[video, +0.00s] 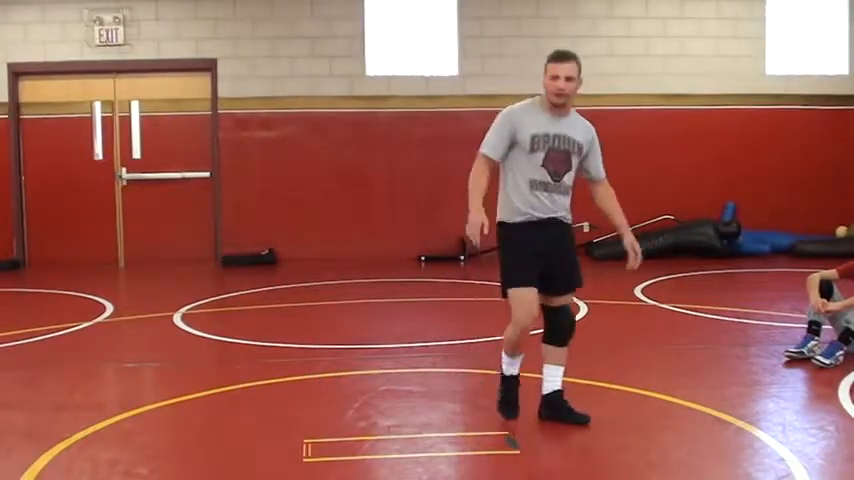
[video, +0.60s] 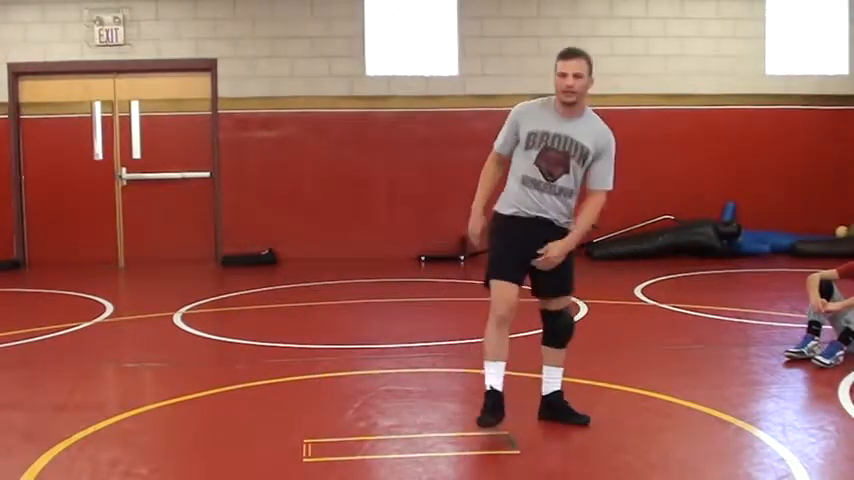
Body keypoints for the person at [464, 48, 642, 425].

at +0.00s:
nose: (561, 85)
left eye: (569, 79)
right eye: (554, 77)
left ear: (579, 85)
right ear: (543, 80)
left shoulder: (584, 131)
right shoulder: (514, 118)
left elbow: (600, 185)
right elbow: (483, 164)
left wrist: (625, 232)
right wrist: (475, 208)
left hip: (559, 229)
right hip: (516, 228)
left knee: (561, 320)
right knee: (524, 318)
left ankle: (552, 397)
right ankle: (510, 377)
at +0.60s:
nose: (569, 83)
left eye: (577, 76)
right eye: (562, 75)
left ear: (589, 82)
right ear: (554, 78)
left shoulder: (601, 137)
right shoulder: (523, 115)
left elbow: (596, 197)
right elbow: (496, 163)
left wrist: (568, 243)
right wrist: (477, 213)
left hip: (556, 230)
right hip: (510, 222)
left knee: (559, 320)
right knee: (502, 311)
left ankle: (551, 398)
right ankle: (493, 396)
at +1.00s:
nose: (522, 91)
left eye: (531, 84)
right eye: (518, 83)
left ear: (549, 86)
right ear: (511, 83)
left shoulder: (569, 134)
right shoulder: (487, 122)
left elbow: (576, 194)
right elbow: (462, 173)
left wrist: (560, 245)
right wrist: (450, 225)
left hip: (540, 237)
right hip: (488, 234)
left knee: (548, 323)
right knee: (472, 321)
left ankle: (550, 399)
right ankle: (455, 408)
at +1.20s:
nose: (474, 91)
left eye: (482, 84)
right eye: (469, 84)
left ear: (504, 85)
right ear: (465, 84)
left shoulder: (532, 127)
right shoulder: (450, 129)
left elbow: (552, 183)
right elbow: (433, 186)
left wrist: (562, 240)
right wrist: (436, 242)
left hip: (513, 240)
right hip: (463, 239)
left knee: (540, 323)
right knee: (455, 329)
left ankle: (547, 400)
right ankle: (450, 418)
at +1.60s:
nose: (415, 83)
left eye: (423, 75)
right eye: (414, 76)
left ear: (448, 78)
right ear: (419, 80)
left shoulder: (488, 118)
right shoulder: (405, 131)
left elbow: (511, 174)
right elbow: (402, 195)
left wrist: (524, 228)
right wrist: (423, 247)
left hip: (483, 234)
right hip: (435, 239)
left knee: (515, 323)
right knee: (440, 326)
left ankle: (518, 393)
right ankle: (448, 417)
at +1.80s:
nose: (407, 82)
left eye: (414, 74)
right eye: (404, 75)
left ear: (439, 76)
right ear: (404, 78)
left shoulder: (478, 118)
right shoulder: (396, 131)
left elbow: (501, 176)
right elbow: (386, 193)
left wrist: (513, 230)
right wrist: (391, 248)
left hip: (474, 234)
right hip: (424, 238)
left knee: (506, 329)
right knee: (438, 329)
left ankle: (477, 383)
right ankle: (447, 417)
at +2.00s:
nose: (403, 84)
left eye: (410, 75)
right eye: (399, 77)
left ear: (434, 76)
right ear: (397, 82)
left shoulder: (470, 119)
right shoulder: (389, 133)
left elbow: (487, 179)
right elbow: (374, 191)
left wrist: (488, 233)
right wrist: (366, 251)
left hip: (464, 234)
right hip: (417, 239)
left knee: (482, 335)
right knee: (433, 330)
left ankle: (422, 375)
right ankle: (447, 418)